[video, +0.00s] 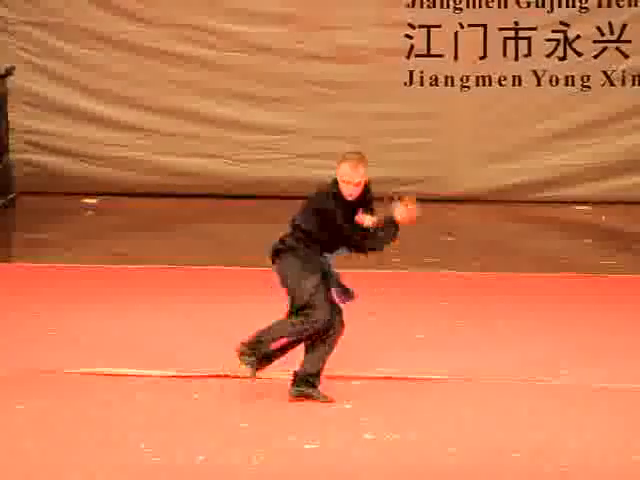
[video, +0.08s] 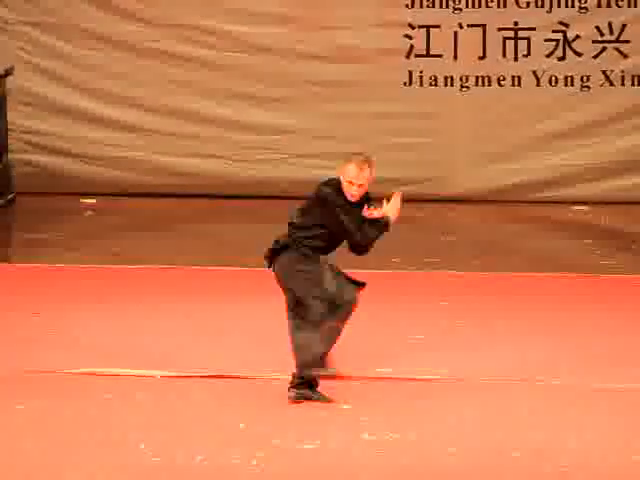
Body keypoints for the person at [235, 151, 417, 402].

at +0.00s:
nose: (352, 190)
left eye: (358, 184)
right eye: (347, 183)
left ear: (366, 181)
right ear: (337, 178)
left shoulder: (362, 198)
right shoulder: (324, 202)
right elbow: (357, 242)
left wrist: (372, 222)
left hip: (315, 262)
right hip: (294, 257)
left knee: (332, 321)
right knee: (317, 315)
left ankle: (305, 382)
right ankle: (253, 349)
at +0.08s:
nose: (353, 190)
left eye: (360, 185)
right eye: (349, 183)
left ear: (368, 184)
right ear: (341, 179)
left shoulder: (331, 190)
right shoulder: (336, 201)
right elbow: (359, 244)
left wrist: (373, 211)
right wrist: (384, 220)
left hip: (301, 257)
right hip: (295, 260)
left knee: (345, 296)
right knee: (312, 309)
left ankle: (315, 357)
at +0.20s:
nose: (359, 197)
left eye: (365, 192)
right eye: (355, 190)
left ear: (370, 187)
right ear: (344, 179)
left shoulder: (339, 192)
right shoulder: (326, 203)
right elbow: (333, 254)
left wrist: (372, 204)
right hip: (302, 271)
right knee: (337, 322)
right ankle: (305, 381)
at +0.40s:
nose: (377, 236)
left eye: (381, 230)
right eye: (373, 229)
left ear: (382, 223)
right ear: (358, 221)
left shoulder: (354, 207)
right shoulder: (342, 239)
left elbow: (350, 171)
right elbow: (322, 261)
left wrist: (343, 131)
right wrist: (306, 287)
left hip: (321, 288)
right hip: (299, 292)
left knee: (363, 321)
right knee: (346, 340)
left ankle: (336, 372)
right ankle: (312, 376)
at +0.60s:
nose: (383, 222)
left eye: (386, 215)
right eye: (380, 215)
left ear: (366, 203)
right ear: (367, 210)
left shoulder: (352, 202)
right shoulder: (350, 230)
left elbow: (339, 187)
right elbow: (339, 274)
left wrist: (327, 171)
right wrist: (353, 304)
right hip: (302, 291)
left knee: (360, 322)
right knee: (348, 332)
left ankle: (343, 373)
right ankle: (311, 379)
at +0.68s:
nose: (386, 195)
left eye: (387, 188)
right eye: (384, 188)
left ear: (359, 183)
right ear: (371, 187)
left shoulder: (329, 200)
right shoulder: (357, 217)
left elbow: (296, 207)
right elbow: (364, 257)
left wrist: (268, 221)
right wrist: (380, 294)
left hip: (293, 280)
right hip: (319, 282)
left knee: (306, 330)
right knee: (335, 339)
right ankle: (314, 376)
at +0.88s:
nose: (288, 147)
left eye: (292, 140)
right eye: (288, 140)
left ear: (308, 140)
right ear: (313, 141)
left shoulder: (314, 172)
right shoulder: (337, 166)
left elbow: (329, 213)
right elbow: (371, 189)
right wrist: (390, 236)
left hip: (328, 259)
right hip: (351, 256)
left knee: (297, 324)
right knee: (331, 319)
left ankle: (334, 380)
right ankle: (328, 369)